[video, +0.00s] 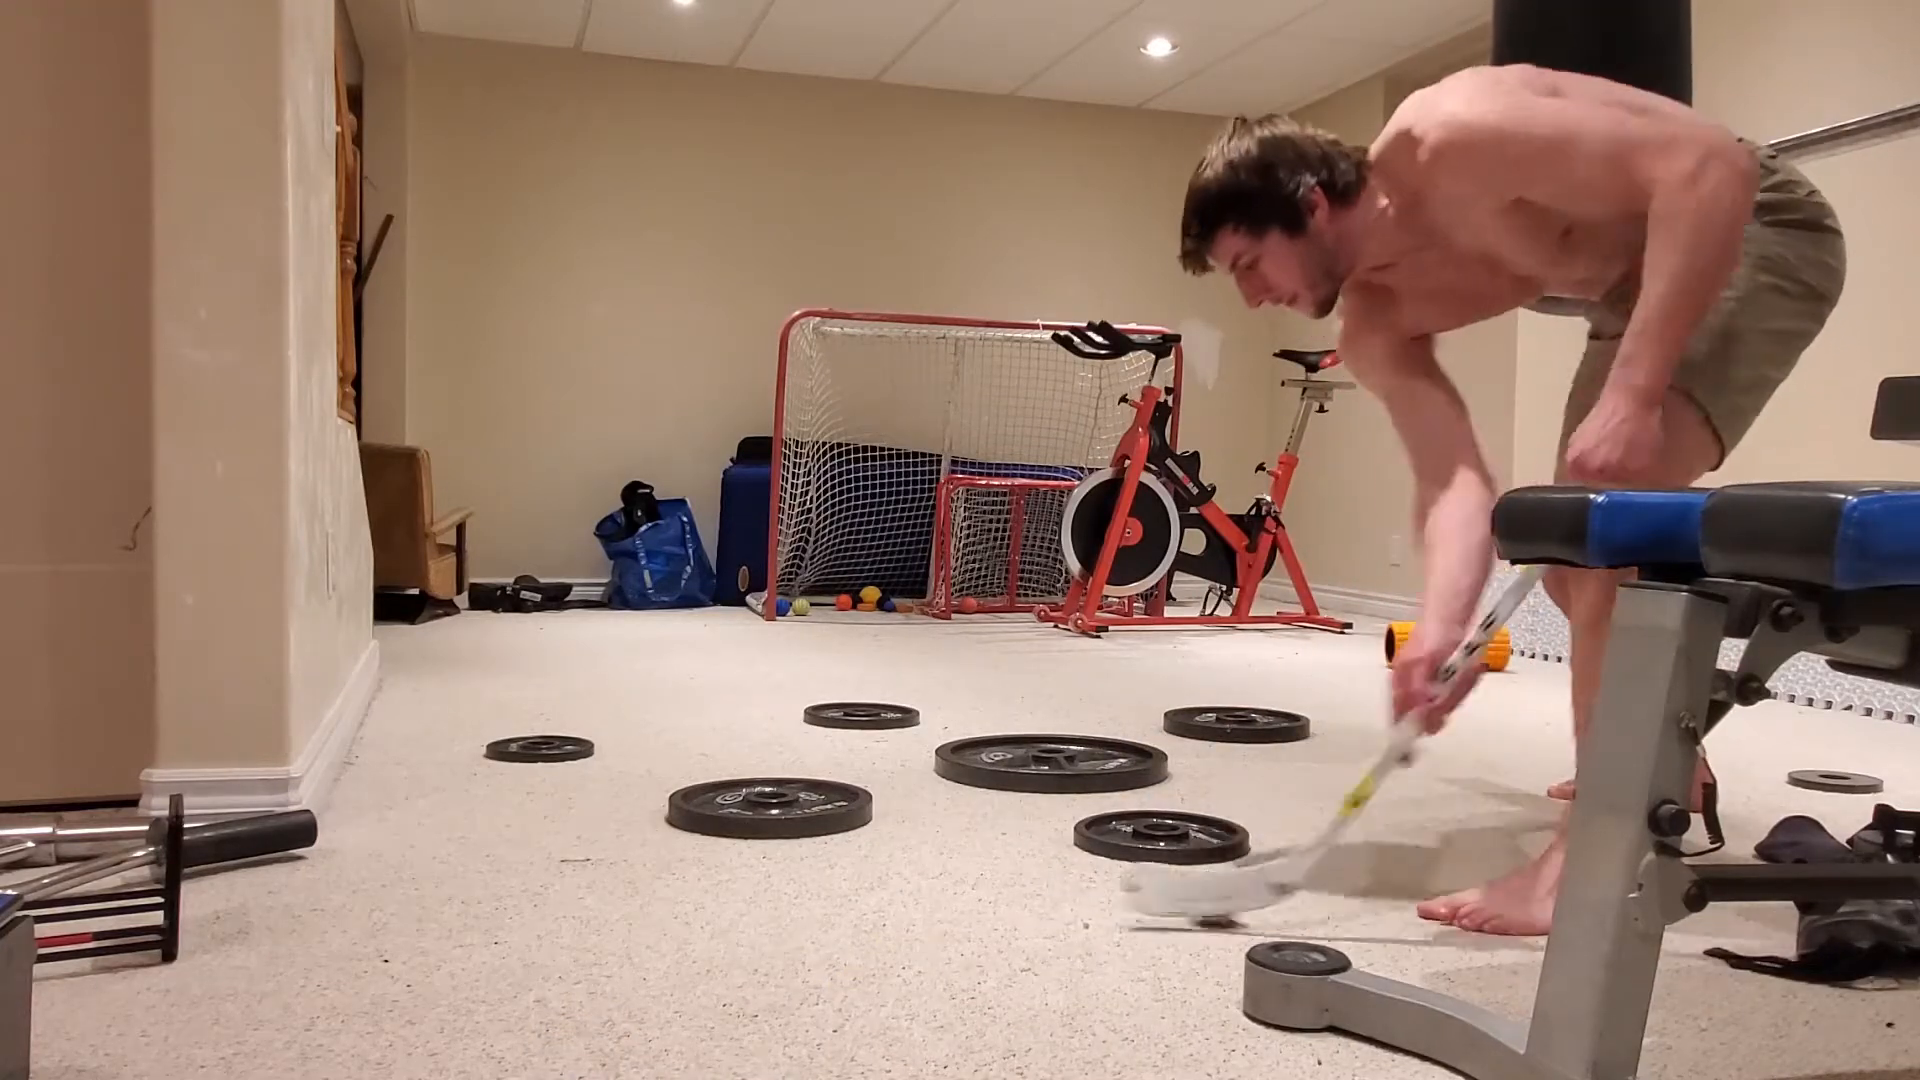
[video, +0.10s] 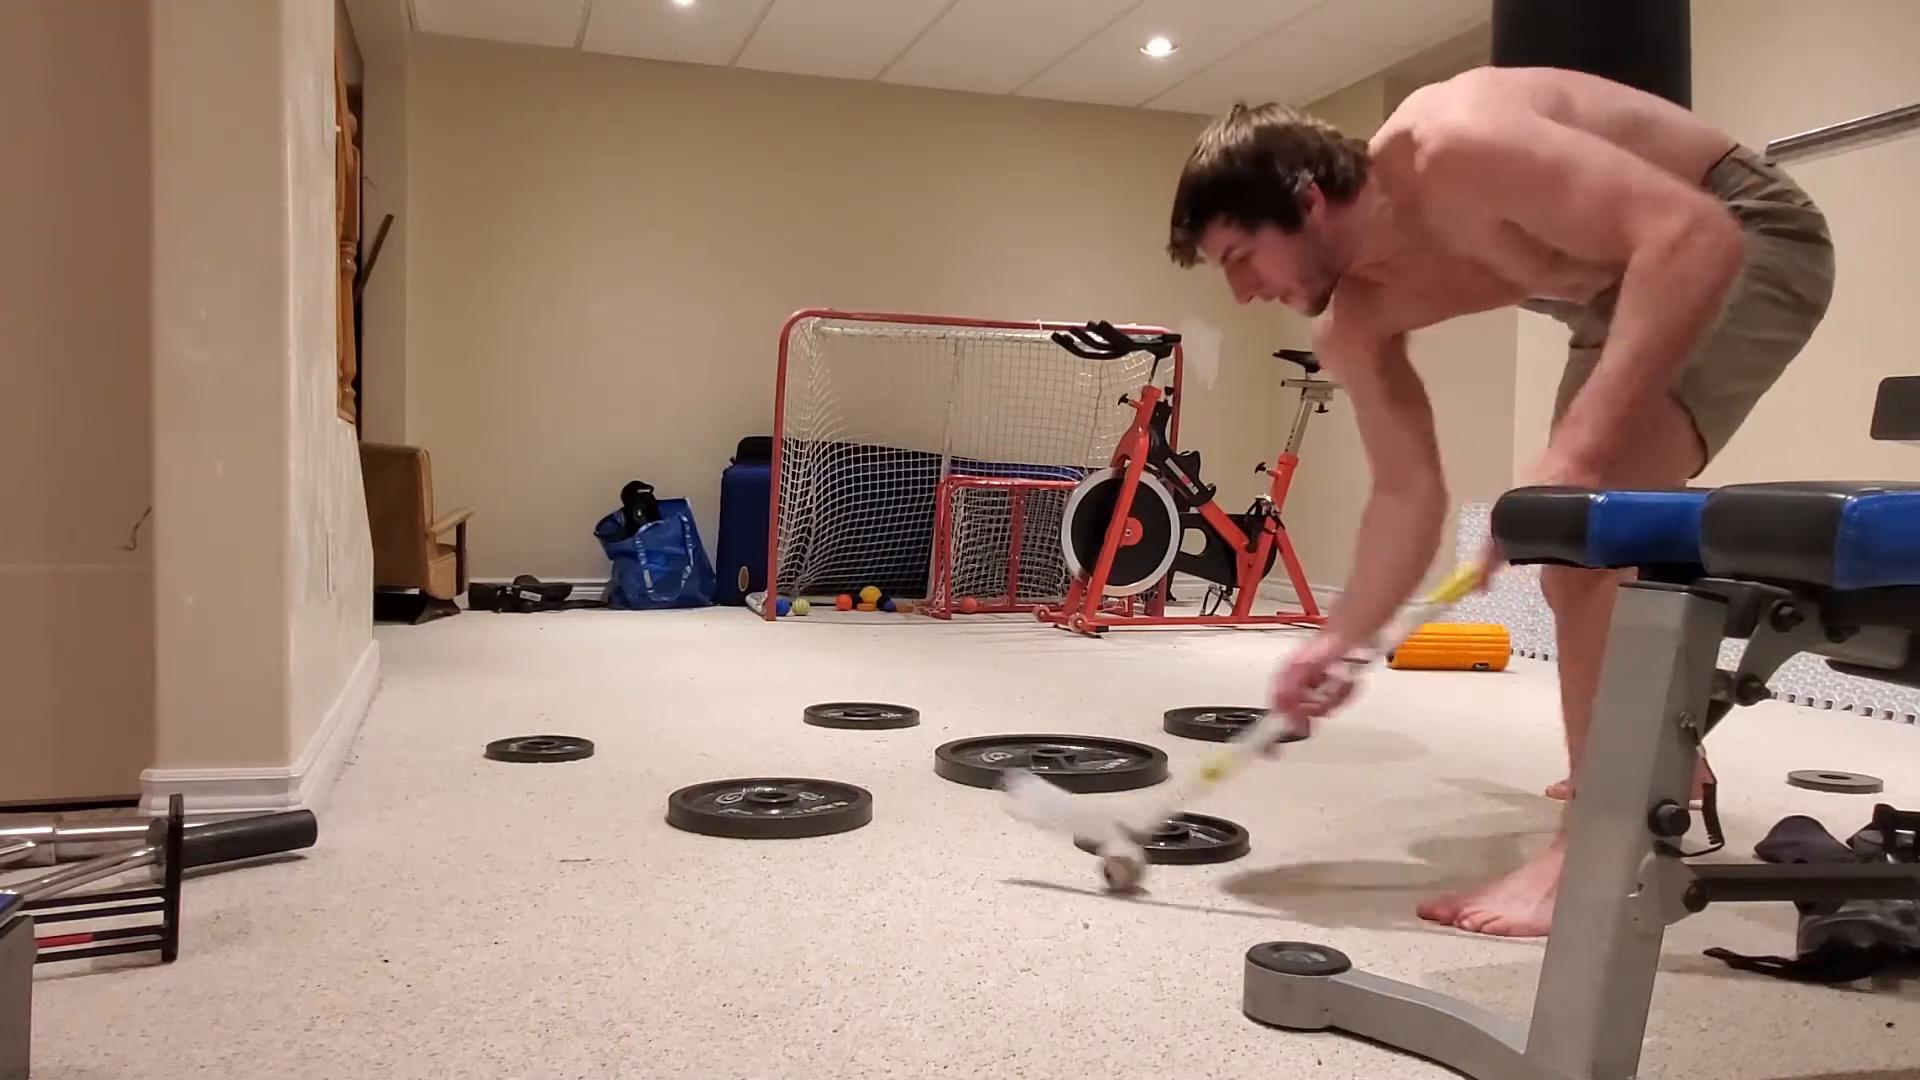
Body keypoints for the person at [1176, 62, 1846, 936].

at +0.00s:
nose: (1253, 297)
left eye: (1250, 264)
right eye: (1236, 280)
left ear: (1307, 201)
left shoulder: (1451, 132)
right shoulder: (1375, 329)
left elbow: (1710, 167)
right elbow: (1453, 479)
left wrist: (1630, 396)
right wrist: (1439, 633)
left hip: (1757, 226)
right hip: (1635, 288)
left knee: (1613, 509)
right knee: (1573, 550)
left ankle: (1601, 847)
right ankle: (1668, 765)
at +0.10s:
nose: (1243, 292)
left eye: (1243, 258)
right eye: (1227, 272)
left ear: (1308, 201)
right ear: (1310, 207)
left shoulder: (1460, 146)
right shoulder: (1354, 327)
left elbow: (1698, 237)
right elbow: (1405, 491)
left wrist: (1574, 461)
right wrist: (1341, 641)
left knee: (1588, 526)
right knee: (1571, 529)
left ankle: (1600, 848)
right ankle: (1655, 758)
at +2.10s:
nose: (1000, 308)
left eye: (990, 285)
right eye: (987, 295)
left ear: (1021, 247)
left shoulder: (1106, 229)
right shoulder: (1113, 313)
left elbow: (1193, 380)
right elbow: (1113, 448)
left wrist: (1125, 507)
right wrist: (1019, 554)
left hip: (1375, 262)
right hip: (1314, 304)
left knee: (1310, 500)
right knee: (1224, 499)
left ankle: (1406, 765)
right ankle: (1258, 720)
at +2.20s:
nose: (995, 293)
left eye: (983, 271)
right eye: (982, 280)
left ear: (1008, 234)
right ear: (1016, 236)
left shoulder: (1082, 214)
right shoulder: (1115, 299)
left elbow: (1175, 344)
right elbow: (1138, 442)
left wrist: (1123, 481)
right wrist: (1061, 539)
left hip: (1349, 251)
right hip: (1301, 282)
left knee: (1246, 486)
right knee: (1216, 501)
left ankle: (1383, 723)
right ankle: (1259, 721)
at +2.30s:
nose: (994, 293)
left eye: (982, 271)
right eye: (982, 281)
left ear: (1001, 235)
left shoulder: (1057, 216)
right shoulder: (1127, 255)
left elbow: (1129, 331)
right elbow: (1154, 404)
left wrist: (1093, 482)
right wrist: (1124, 496)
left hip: (1322, 254)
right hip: (1345, 266)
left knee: (1178, 469)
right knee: (1222, 494)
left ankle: (1314, 706)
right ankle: (1258, 713)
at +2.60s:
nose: (1009, 314)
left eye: (994, 309)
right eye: (999, 306)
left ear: (955, 252)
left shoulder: (976, 224)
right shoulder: (1081, 282)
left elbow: (985, 307)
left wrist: (979, 475)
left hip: (1197, 259)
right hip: (1288, 277)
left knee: (1031, 499)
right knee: (1187, 515)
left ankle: (950, 769)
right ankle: (1258, 720)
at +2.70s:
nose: (985, 336)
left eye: (972, 327)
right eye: (987, 334)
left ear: (960, 291)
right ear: (1005, 289)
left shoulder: (943, 234)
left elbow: (922, 328)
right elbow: (1103, 449)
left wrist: (945, 493)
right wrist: (1018, 562)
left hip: (1131, 228)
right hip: (1241, 239)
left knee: (985, 500)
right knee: (1225, 511)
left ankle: (948, 774)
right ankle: (1251, 724)